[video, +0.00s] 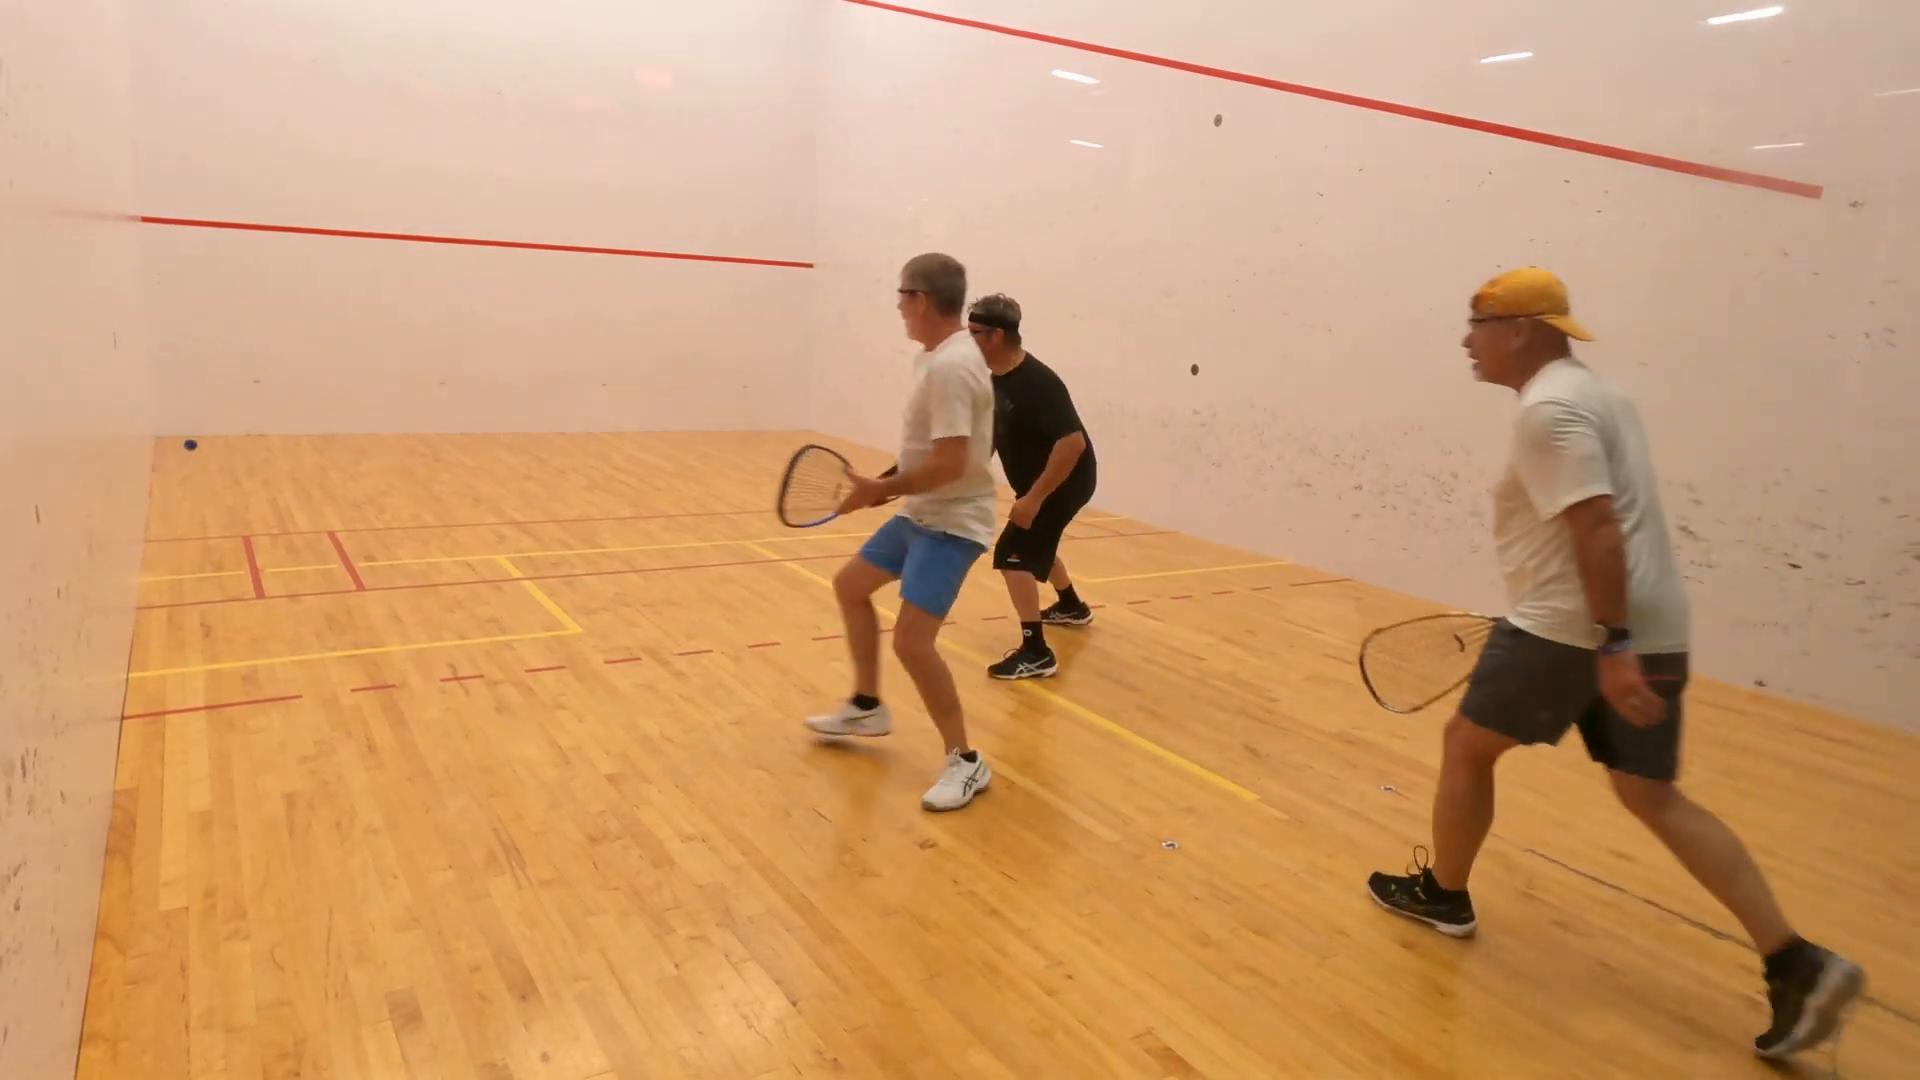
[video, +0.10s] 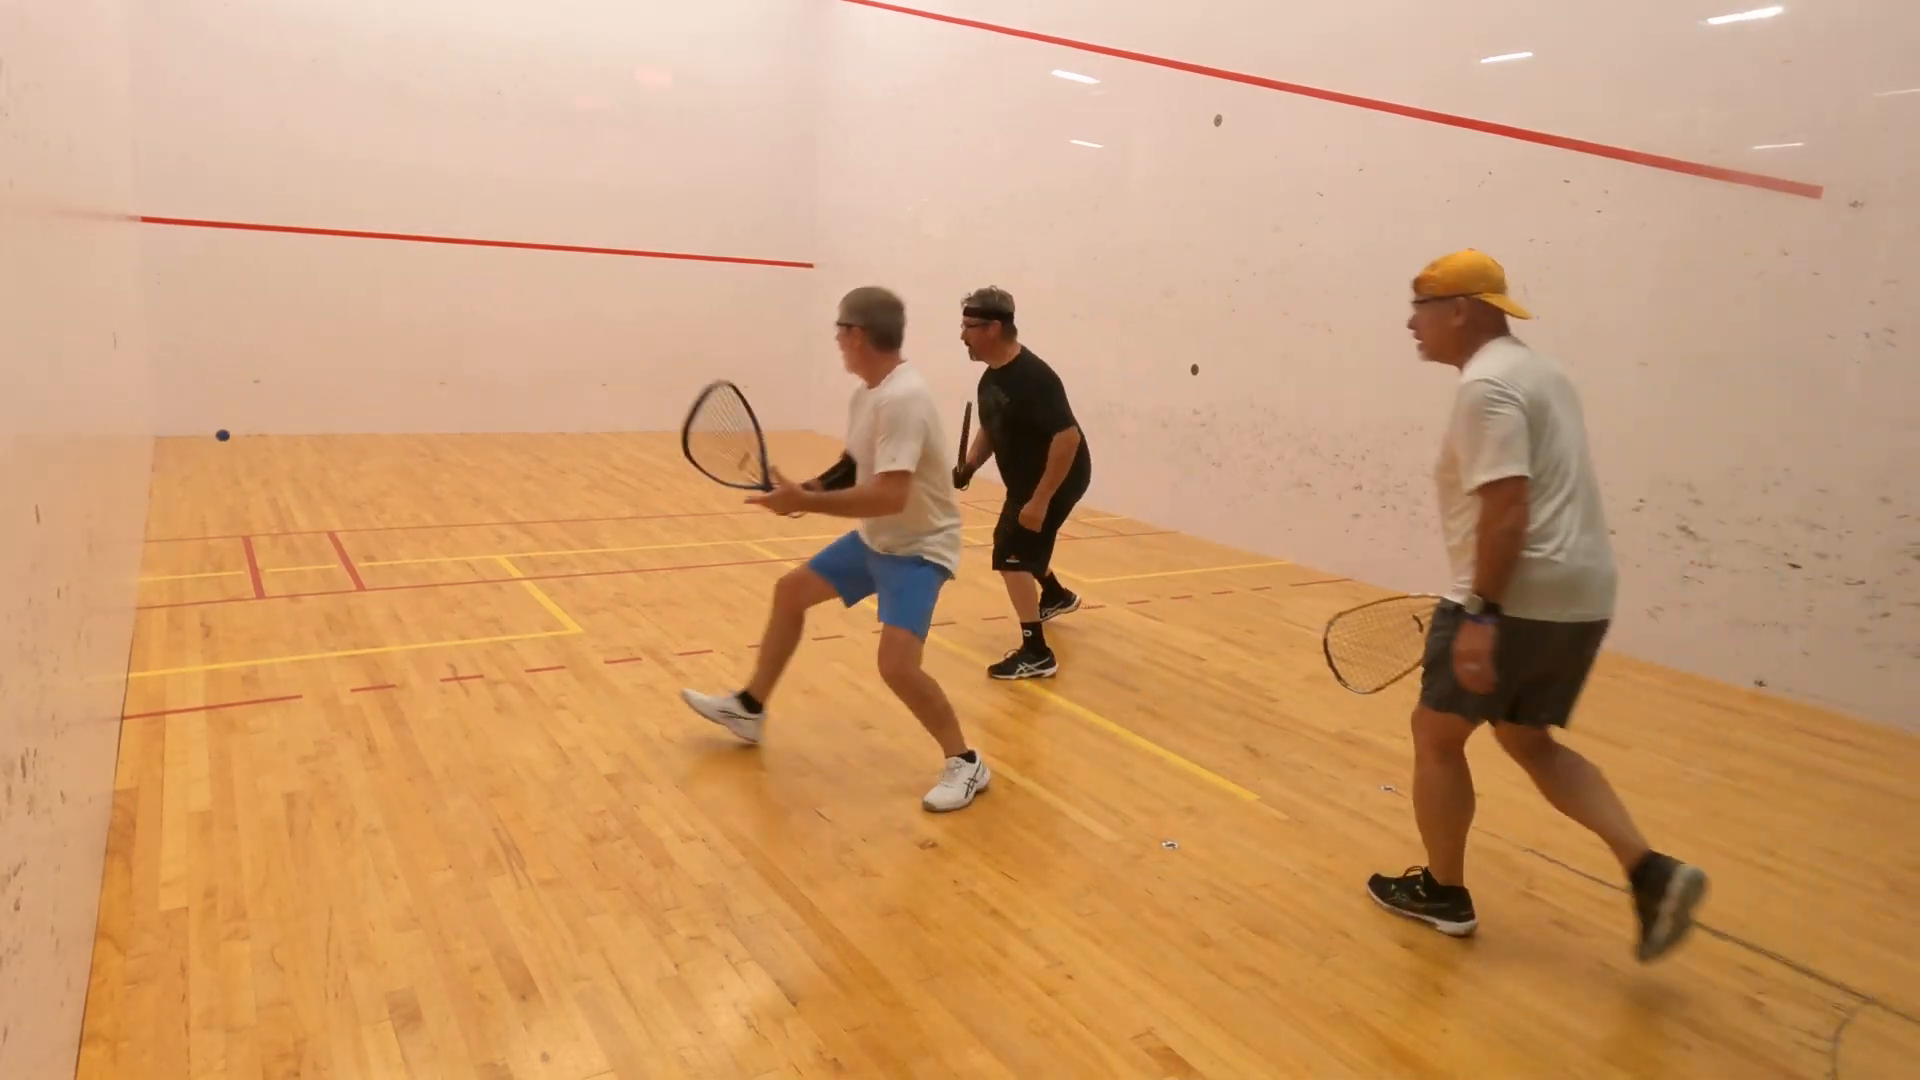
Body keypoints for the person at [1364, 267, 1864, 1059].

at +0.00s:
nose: (1467, 340)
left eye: (1479, 326)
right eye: (1471, 326)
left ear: (1527, 333)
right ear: (1534, 335)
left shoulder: (1550, 406)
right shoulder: (1600, 395)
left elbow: (1597, 527)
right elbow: (1605, 526)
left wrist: (1613, 641)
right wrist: (1531, 617)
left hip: (1560, 632)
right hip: (1647, 636)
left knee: (1468, 745)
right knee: (1652, 795)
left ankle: (1443, 891)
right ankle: (1792, 962)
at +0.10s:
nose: (1411, 320)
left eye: (1423, 307)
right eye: (1413, 306)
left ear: (1468, 313)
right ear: (1477, 315)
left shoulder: (1488, 385)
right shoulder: (1539, 371)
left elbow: (1506, 513)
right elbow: (1544, 501)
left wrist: (1479, 612)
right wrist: (1470, 587)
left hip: (1513, 602)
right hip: (1578, 601)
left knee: (1435, 731)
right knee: (1525, 732)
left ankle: (1444, 889)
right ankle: (1646, 870)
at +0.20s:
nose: (1367, 300)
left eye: (1377, 286)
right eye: (1370, 286)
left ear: (1416, 290)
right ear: (1428, 291)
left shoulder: (1433, 361)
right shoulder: (1494, 352)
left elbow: (1429, 481)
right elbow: (1498, 473)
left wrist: (1374, 571)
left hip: (1457, 571)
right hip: (1519, 568)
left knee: (1417, 716)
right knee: (1446, 699)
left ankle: (1441, 882)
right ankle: (1505, 830)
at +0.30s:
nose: (1328, 295)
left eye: (1336, 281)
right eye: (1330, 282)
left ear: (1372, 283)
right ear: (1391, 285)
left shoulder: (1381, 351)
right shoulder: (1450, 349)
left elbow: (1362, 459)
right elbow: (1447, 461)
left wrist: (1300, 539)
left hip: (1406, 554)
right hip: (1462, 550)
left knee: (1394, 717)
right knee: (1369, 658)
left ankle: (1439, 874)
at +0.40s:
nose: (1292, 295)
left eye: (1300, 282)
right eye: (1294, 282)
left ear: (1334, 287)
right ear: (1353, 289)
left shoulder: (1329, 357)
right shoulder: (1407, 355)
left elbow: (1300, 460)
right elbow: (1431, 453)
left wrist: (1245, 528)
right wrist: (1404, 525)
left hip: (1348, 558)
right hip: (1403, 557)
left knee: (1364, 709)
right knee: (1313, 662)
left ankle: (1429, 857)